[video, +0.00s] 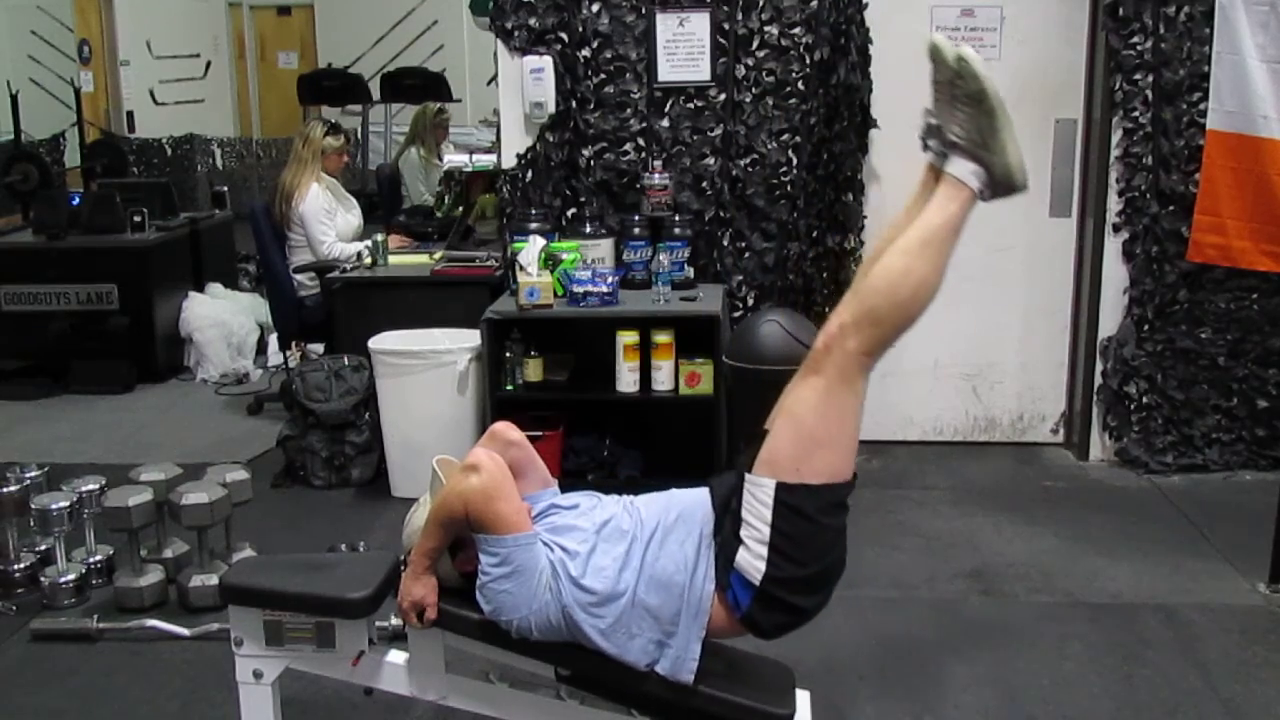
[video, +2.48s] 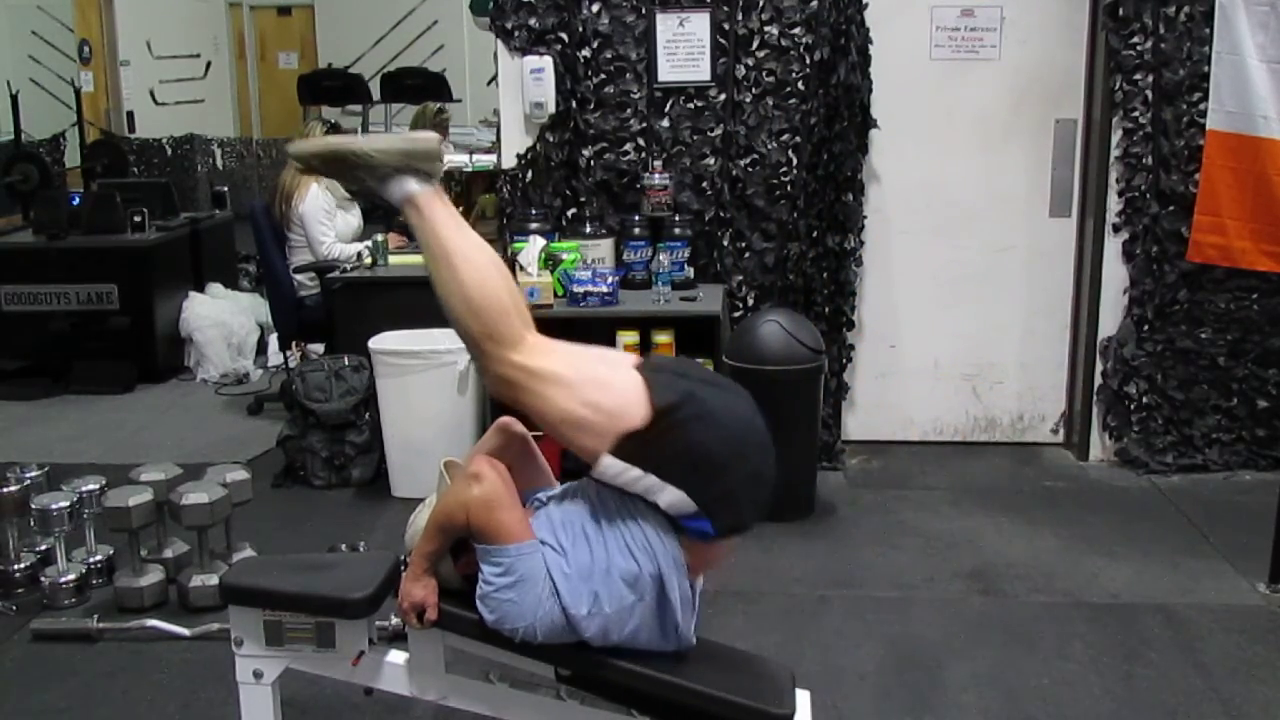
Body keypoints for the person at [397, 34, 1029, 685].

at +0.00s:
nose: (500, 481)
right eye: (480, 481)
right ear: (477, 520)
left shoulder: (554, 529)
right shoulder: (519, 580)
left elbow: (502, 441)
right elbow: (471, 480)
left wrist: (448, 525)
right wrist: (422, 562)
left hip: (747, 541)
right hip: (755, 569)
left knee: (839, 344)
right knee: (840, 349)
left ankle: (951, 167)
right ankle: (964, 170)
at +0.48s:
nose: (510, 462)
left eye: (516, 454)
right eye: (494, 464)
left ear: (524, 480)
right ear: (480, 502)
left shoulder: (555, 524)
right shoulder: (514, 578)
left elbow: (506, 436)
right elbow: (466, 475)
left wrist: (448, 509)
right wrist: (422, 559)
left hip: (746, 530)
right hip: (759, 587)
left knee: (887, 375)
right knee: (891, 386)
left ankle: (1040, 230)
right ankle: (1060, 246)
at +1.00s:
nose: (515, 461)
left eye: (516, 454)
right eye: (496, 462)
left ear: (525, 482)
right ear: (479, 508)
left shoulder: (561, 525)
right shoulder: (511, 577)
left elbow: (508, 432)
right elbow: (465, 476)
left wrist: (445, 519)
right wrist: (422, 555)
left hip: (761, 537)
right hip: (755, 599)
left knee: (933, 413)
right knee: (932, 430)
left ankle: (1129, 335)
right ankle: (1141, 352)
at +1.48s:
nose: (525, 471)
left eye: (523, 463)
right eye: (501, 477)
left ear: (524, 491)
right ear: (491, 512)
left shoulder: (565, 520)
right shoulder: (521, 584)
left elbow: (507, 431)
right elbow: (470, 474)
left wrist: (448, 524)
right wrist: (422, 557)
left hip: (775, 578)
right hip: (766, 625)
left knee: (852, 389)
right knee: (834, 400)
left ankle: (995, 521)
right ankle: (996, 527)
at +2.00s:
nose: (479, 462)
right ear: (474, 553)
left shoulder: (554, 514)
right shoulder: (518, 592)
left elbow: (507, 436)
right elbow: (479, 478)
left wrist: (456, 519)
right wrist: (425, 564)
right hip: (769, 575)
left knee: (636, 419)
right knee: (596, 431)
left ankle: (746, 276)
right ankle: (733, 277)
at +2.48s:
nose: (474, 541)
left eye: (469, 543)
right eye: (470, 544)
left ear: (473, 550)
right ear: (474, 564)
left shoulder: (547, 534)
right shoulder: (518, 598)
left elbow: (510, 435)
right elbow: (481, 484)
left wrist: (452, 518)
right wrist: (422, 565)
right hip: (719, 470)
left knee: (518, 354)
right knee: (512, 366)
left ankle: (415, 189)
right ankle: (414, 188)